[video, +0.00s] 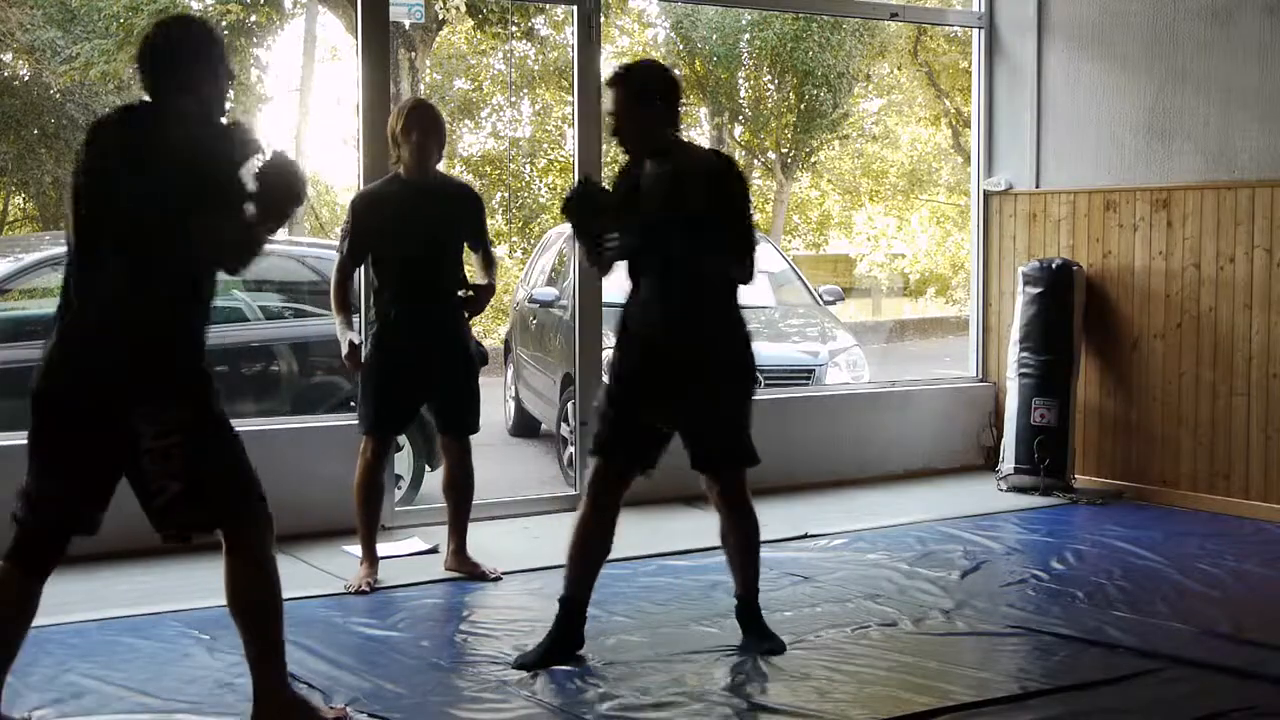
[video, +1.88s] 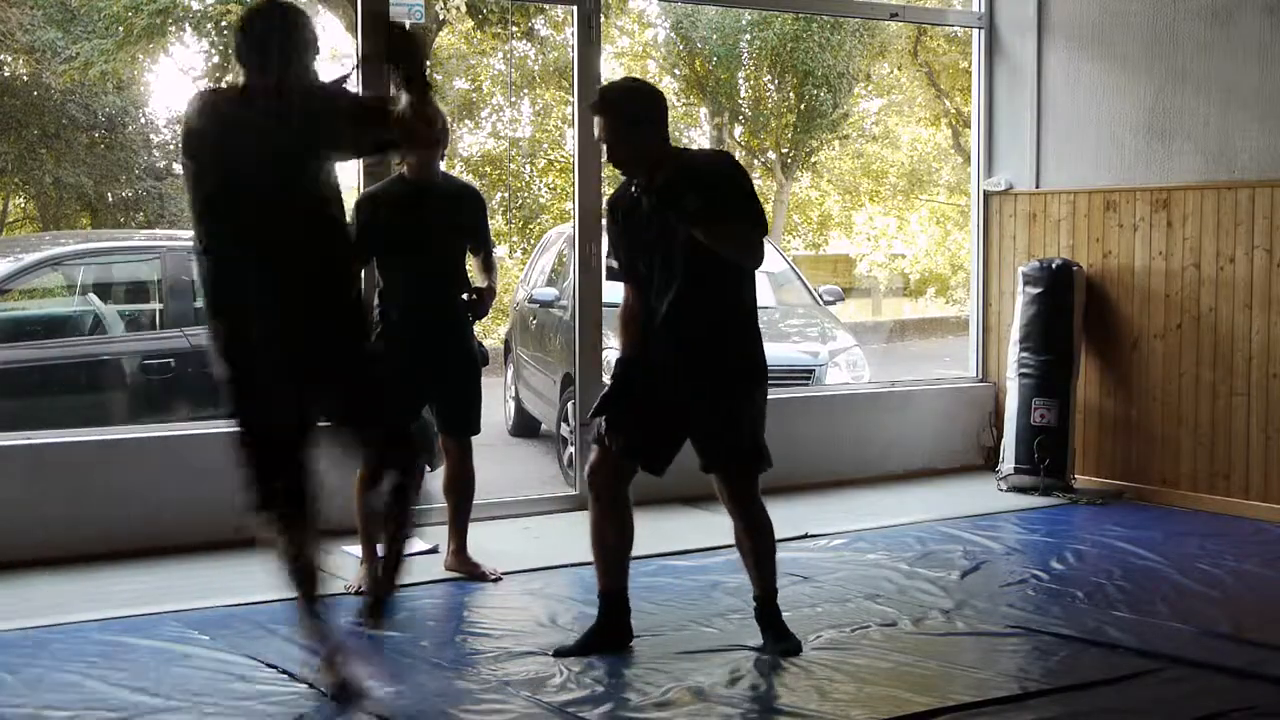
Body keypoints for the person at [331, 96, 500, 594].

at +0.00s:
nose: (429, 140)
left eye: (434, 131)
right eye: (420, 131)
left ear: (443, 136)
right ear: (399, 137)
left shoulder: (462, 197)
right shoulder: (370, 201)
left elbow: (484, 254)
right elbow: (343, 274)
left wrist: (489, 288)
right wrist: (346, 333)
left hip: (448, 335)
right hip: (389, 338)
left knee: (456, 445)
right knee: (375, 446)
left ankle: (457, 552)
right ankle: (367, 560)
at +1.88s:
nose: (428, 145)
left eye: (434, 134)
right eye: (419, 135)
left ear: (444, 138)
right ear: (401, 141)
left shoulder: (465, 197)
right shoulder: (374, 202)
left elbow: (484, 258)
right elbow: (359, 275)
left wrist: (488, 292)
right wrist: (360, 329)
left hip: (450, 334)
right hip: (393, 336)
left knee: (457, 446)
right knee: (377, 455)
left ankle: (457, 551)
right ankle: (369, 562)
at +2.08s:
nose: (429, 142)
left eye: (436, 132)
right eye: (420, 132)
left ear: (446, 138)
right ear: (400, 136)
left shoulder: (462, 196)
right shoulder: (379, 189)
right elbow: (361, 258)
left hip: (452, 329)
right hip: (391, 326)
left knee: (456, 443)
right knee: (381, 435)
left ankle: (457, 550)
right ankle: (363, 548)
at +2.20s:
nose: (427, 143)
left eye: (435, 134)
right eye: (418, 133)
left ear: (447, 140)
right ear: (398, 137)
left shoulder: (464, 198)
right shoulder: (376, 189)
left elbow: (487, 264)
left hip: (450, 331)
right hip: (391, 328)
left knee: (456, 446)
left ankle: (457, 549)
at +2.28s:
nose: (428, 144)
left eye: (435, 133)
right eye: (418, 133)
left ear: (447, 139)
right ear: (398, 136)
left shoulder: (464, 198)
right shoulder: (376, 186)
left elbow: (483, 268)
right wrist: (482, 267)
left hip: (451, 331)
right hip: (393, 326)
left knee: (456, 446)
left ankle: (457, 549)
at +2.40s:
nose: (429, 144)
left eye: (434, 134)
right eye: (422, 134)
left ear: (444, 138)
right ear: (406, 134)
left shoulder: (463, 195)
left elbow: (485, 264)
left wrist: (489, 298)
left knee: (457, 444)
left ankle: (458, 549)